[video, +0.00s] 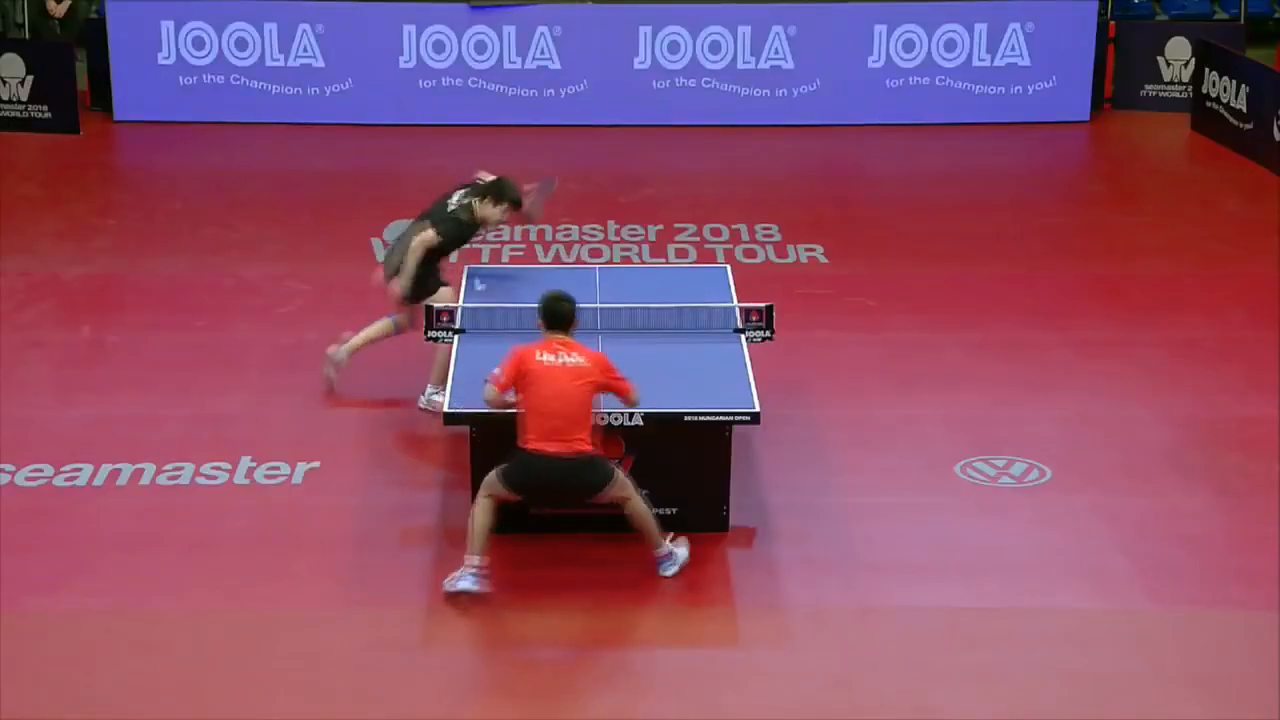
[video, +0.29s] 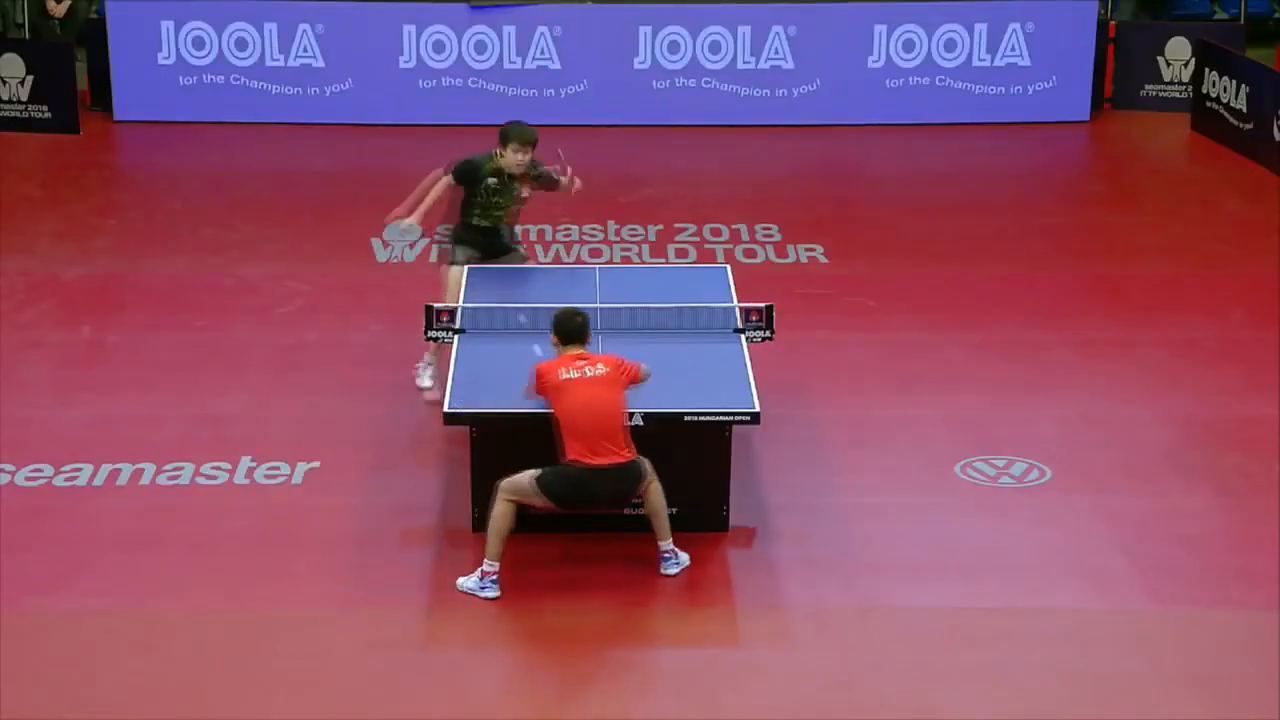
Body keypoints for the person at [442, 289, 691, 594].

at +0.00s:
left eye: (542, 317)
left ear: (541, 323)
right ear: (574, 323)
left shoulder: (523, 355)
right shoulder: (594, 360)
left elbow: (492, 397)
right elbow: (632, 398)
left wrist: (519, 401)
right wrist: (604, 381)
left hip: (532, 463)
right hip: (582, 464)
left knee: (487, 493)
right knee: (628, 495)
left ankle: (472, 571)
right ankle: (664, 554)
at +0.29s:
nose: (553, 339)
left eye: (554, 335)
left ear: (556, 339)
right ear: (587, 337)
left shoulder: (546, 371)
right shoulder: (612, 365)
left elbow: (536, 393)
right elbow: (643, 373)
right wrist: (605, 375)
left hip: (577, 479)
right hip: (623, 477)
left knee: (507, 489)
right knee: (646, 472)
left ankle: (487, 576)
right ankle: (669, 555)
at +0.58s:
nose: (569, 341)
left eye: (570, 336)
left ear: (573, 339)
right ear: (607, 336)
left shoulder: (568, 365)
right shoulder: (629, 356)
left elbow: (550, 390)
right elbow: (649, 356)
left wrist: (547, 382)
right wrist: (629, 347)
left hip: (591, 474)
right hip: (635, 473)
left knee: (515, 492)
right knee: (649, 470)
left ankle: (487, 576)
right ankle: (669, 554)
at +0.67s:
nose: (570, 317)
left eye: (570, 312)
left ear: (572, 316)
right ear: (605, 313)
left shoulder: (563, 349)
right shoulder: (632, 341)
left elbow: (520, 394)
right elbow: (675, 376)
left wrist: (481, 423)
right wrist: (691, 371)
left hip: (584, 456)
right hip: (628, 457)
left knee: (511, 491)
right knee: (643, 475)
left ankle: (488, 578)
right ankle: (669, 554)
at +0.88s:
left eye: (559, 313)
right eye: (591, 312)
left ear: (558, 317)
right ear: (593, 316)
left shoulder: (543, 357)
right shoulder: (615, 354)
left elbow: (494, 400)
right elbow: (658, 397)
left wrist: (482, 393)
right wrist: (668, 386)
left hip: (560, 468)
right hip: (613, 466)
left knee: (509, 507)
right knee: (649, 493)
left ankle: (491, 593)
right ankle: (670, 571)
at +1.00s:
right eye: (599, 330)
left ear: (564, 332)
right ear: (599, 332)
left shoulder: (543, 366)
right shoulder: (614, 370)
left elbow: (508, 415)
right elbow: (648, 410)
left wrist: (534, 422)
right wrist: (645, 429)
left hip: (544, 475)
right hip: (595, 478)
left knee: (488, 517)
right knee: (650, 522)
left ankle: (454, 593)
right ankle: (685, 601)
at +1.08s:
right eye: (601, 338)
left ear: (566, 340)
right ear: (602, 341)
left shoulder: (543, 376)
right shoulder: (615, 382)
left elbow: (509, 427)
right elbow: (638, 439)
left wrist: (543, 435)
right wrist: (602, 439)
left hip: (540, 487)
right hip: (591, 490)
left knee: (486, 535)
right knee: (648, 527)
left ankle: (445, 606)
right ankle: (685, 608)